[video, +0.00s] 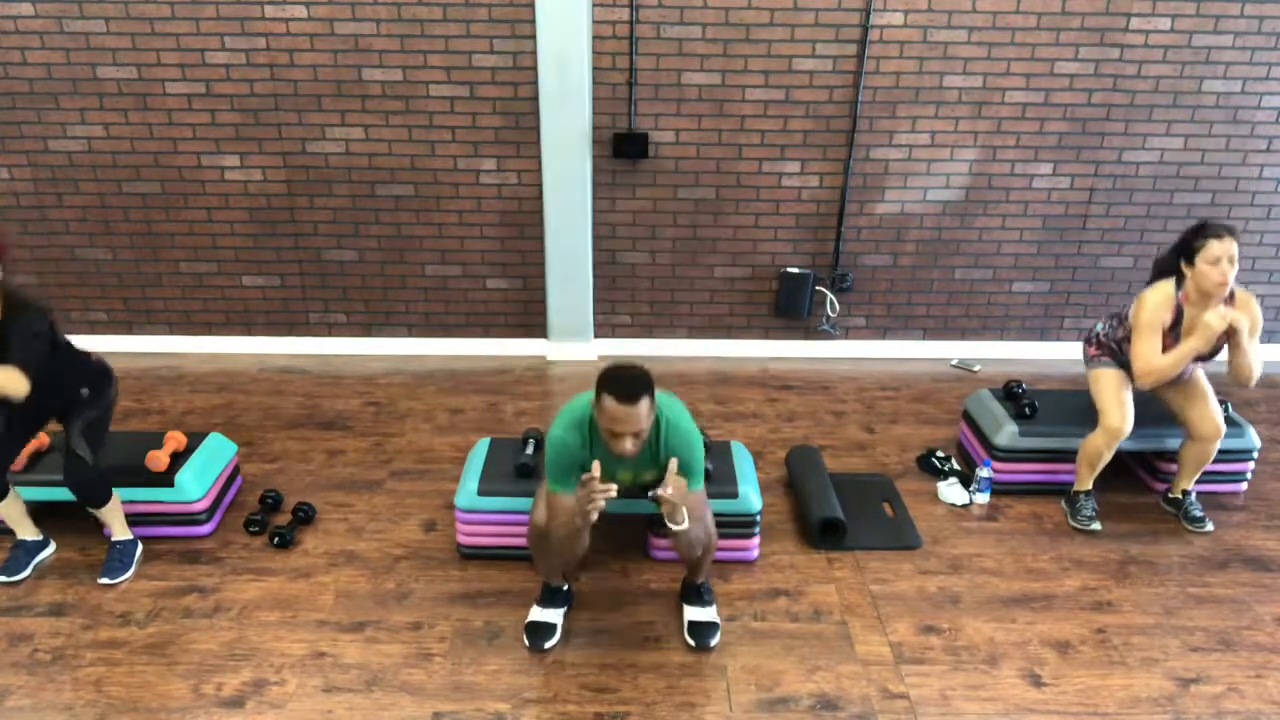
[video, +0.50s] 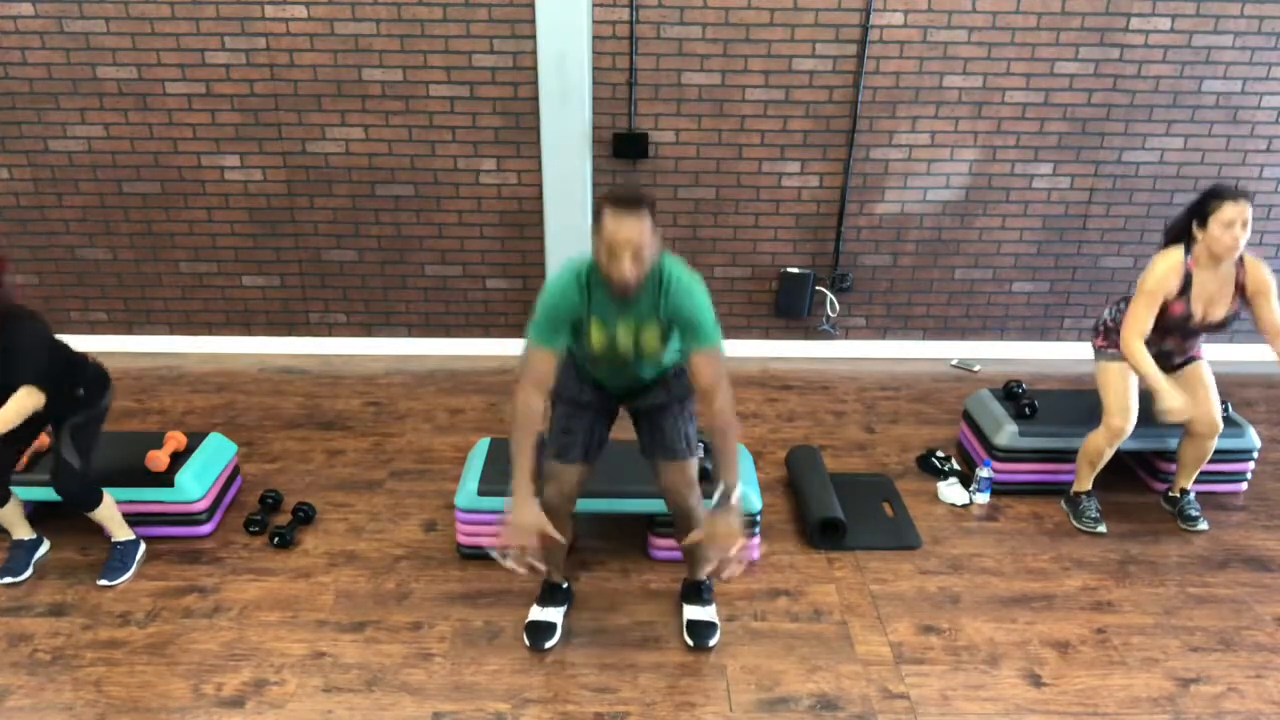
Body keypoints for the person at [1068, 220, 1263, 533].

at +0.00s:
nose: (1226, 272)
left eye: (1232, 261)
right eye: (1214, 262)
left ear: (1238, 265)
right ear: (1187, 267)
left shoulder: (1244, 306)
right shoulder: (1156, 300)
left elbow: (1245, 379)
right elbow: (1145, 376)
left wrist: (1240, 335)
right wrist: (1199, 341)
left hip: (1173, 352)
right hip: (1114, 348)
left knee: (1210, 430)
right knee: (1117, 425)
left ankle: (1180, 493)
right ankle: (1080, 492)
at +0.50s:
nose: (1238, 235)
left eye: (1244, 226)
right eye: (1227, 225)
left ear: (1250, 229)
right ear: (1199, 229)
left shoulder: (1254, 274)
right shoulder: (1168, 265)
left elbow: (1275, 336)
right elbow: (1130, 340)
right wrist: (1163, 389)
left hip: (1180, 346)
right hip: (1125, 338)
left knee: (1208, 425)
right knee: (1119, 424)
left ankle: (1179, 493)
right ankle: (1079, 493)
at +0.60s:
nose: (1242, 205)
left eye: (1248, 195)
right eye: (1232, 195)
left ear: (1254, 199)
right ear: (1203, 198)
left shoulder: (1257, 245)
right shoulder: (1172, 241)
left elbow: (1277, 303)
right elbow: (1127, 313)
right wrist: (1123, 378)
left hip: (1186, 339)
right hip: (1133, 331)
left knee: (1206, 424)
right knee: (1119, 420)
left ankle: (1180, 493)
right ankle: (1079, 493)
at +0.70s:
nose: (1244, 182)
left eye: (1250, 174)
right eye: (1234, 173)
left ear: (1256, 178)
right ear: (1205, 178)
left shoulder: (1258, 227)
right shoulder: (1173, 225)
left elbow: (1277, 287)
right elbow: (1119, 287)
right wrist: (1091, 351)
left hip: (1195, 334)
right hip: (1140, 329)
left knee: (1205, 424)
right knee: (1119, 420)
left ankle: (1180, 493)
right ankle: (1080, 493)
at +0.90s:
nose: (1244, 167)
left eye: (1250, 159)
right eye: (1234, 157)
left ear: (1255, 164)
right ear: (1205, 162)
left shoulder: (1260, 212)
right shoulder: (1174, 211)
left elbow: (1257, 260)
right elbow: (1111, 254)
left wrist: (1252, 301)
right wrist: (1075, 303)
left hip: (1211, 334)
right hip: (1157, 329)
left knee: (1192, 424)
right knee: (1121, 419)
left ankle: (1181, 494)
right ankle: (1080, 493)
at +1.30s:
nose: (1247, 167)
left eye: (1252, 159)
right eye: (1236, 158)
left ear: (1256, 164)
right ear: (1205, 163)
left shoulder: (1256, 217)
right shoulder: (1172, 213)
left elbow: (1254, 281)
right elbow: (1121, 275)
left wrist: (1252, 338)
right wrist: (1089, 337)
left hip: (1211, 338)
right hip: (1157, 333)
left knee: (1187, 424)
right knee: (1122, 418)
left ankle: (1180, 494)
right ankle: (1081, 493)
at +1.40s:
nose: (1250, 166)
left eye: (1254, 158)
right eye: (1239, 157)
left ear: (1258, 163)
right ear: (1207, 162)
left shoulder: (1258, 216)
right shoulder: (1173, 211)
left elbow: (1268, 282)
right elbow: (1129, 278)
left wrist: (1279, 322)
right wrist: (1139, 340)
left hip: (1205, 338)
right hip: (1153, 332)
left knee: (1187, 423)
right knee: (1121, 419)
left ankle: (1179, 494)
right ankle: (1081, 493)